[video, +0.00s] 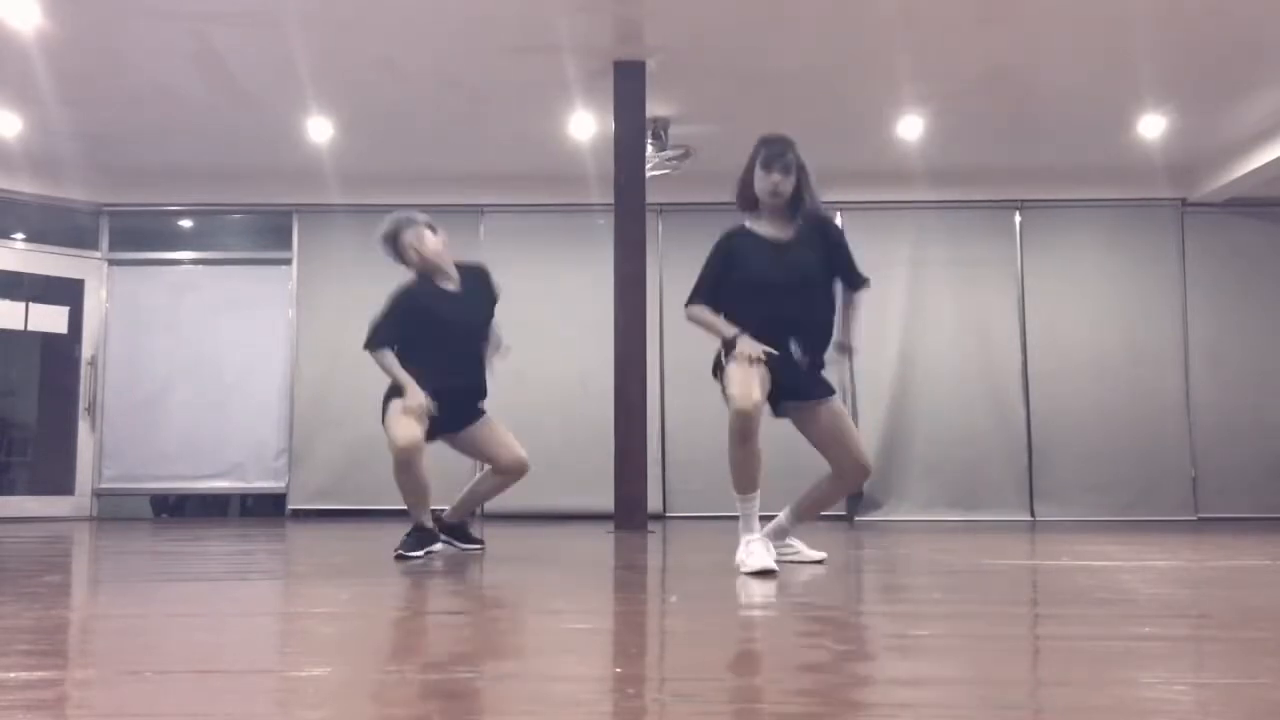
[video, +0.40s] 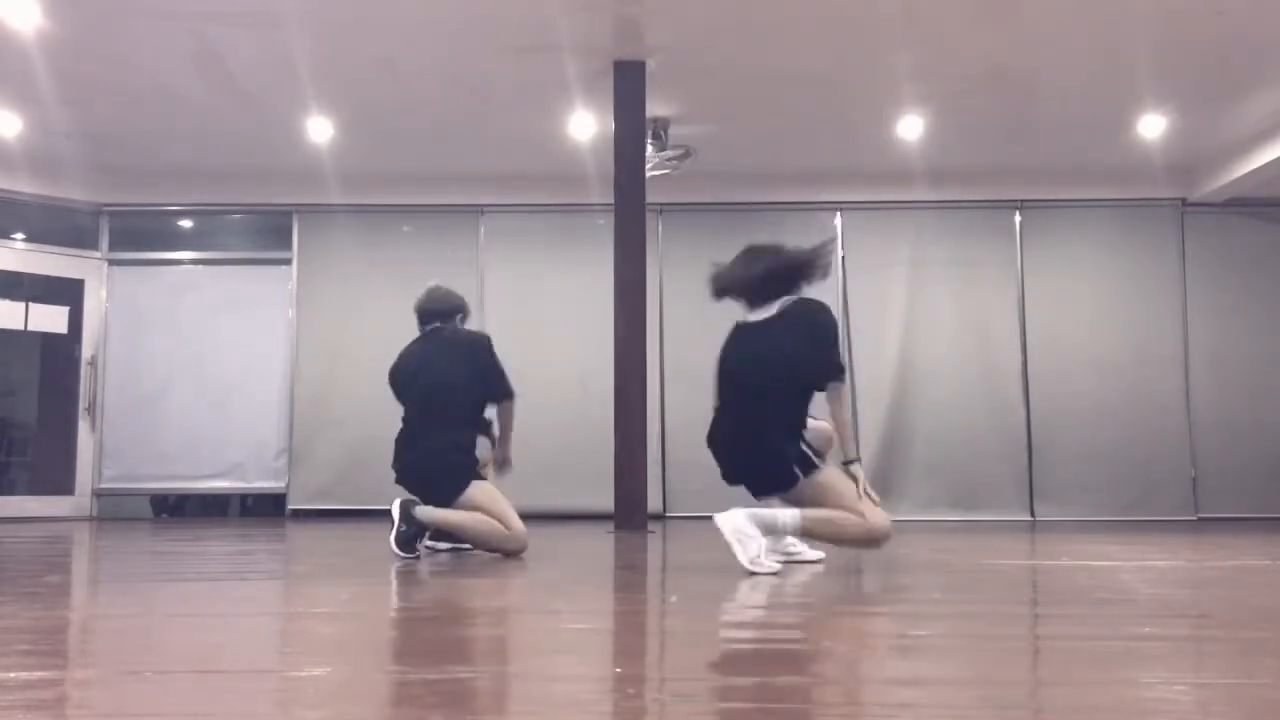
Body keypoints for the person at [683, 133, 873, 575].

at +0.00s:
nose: (776, 179)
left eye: (785, 170)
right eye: (767, 169)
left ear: (798, 178)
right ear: (752, 176)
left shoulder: (821, 233)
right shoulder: (736, 240)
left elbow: (851, 284)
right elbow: (695, 307)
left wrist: (845, 335)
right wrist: (737, 337)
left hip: (801, 361)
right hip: (748, 351)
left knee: (855, 469)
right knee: (745, 408)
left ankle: (777, 535)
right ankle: (750, 538)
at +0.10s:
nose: (787, 213)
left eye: (795, 202)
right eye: (776, 204)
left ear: (806, 207)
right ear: (760, 211)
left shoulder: (809, 257)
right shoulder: (757, 264)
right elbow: (710, 320)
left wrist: (804, 366)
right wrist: (748, 363)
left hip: (798, 386)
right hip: (755, 376)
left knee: (863, 469)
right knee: (755, 411)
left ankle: (777, 535)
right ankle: (733, 535)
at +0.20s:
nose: (810, 240)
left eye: (811, 231)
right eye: (801, 231)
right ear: (777, 237)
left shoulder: (750, 284)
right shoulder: (801, 283)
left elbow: (703, 322)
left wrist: (734, 361)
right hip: (754, 390)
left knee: (856, 457)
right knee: (802, 431)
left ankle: (780, 536)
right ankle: (726, 530)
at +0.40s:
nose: (737, 297)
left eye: (740, 288)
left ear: (747, 290)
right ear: (789, 276)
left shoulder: (742, 331)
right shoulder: (813, 315)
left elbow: (727, 406)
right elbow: (836, 396)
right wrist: (851, 460)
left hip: (728, 442)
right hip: (770, 450)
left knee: (822, 435)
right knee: (877, 528)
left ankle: (778, 536)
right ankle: (753, 521)